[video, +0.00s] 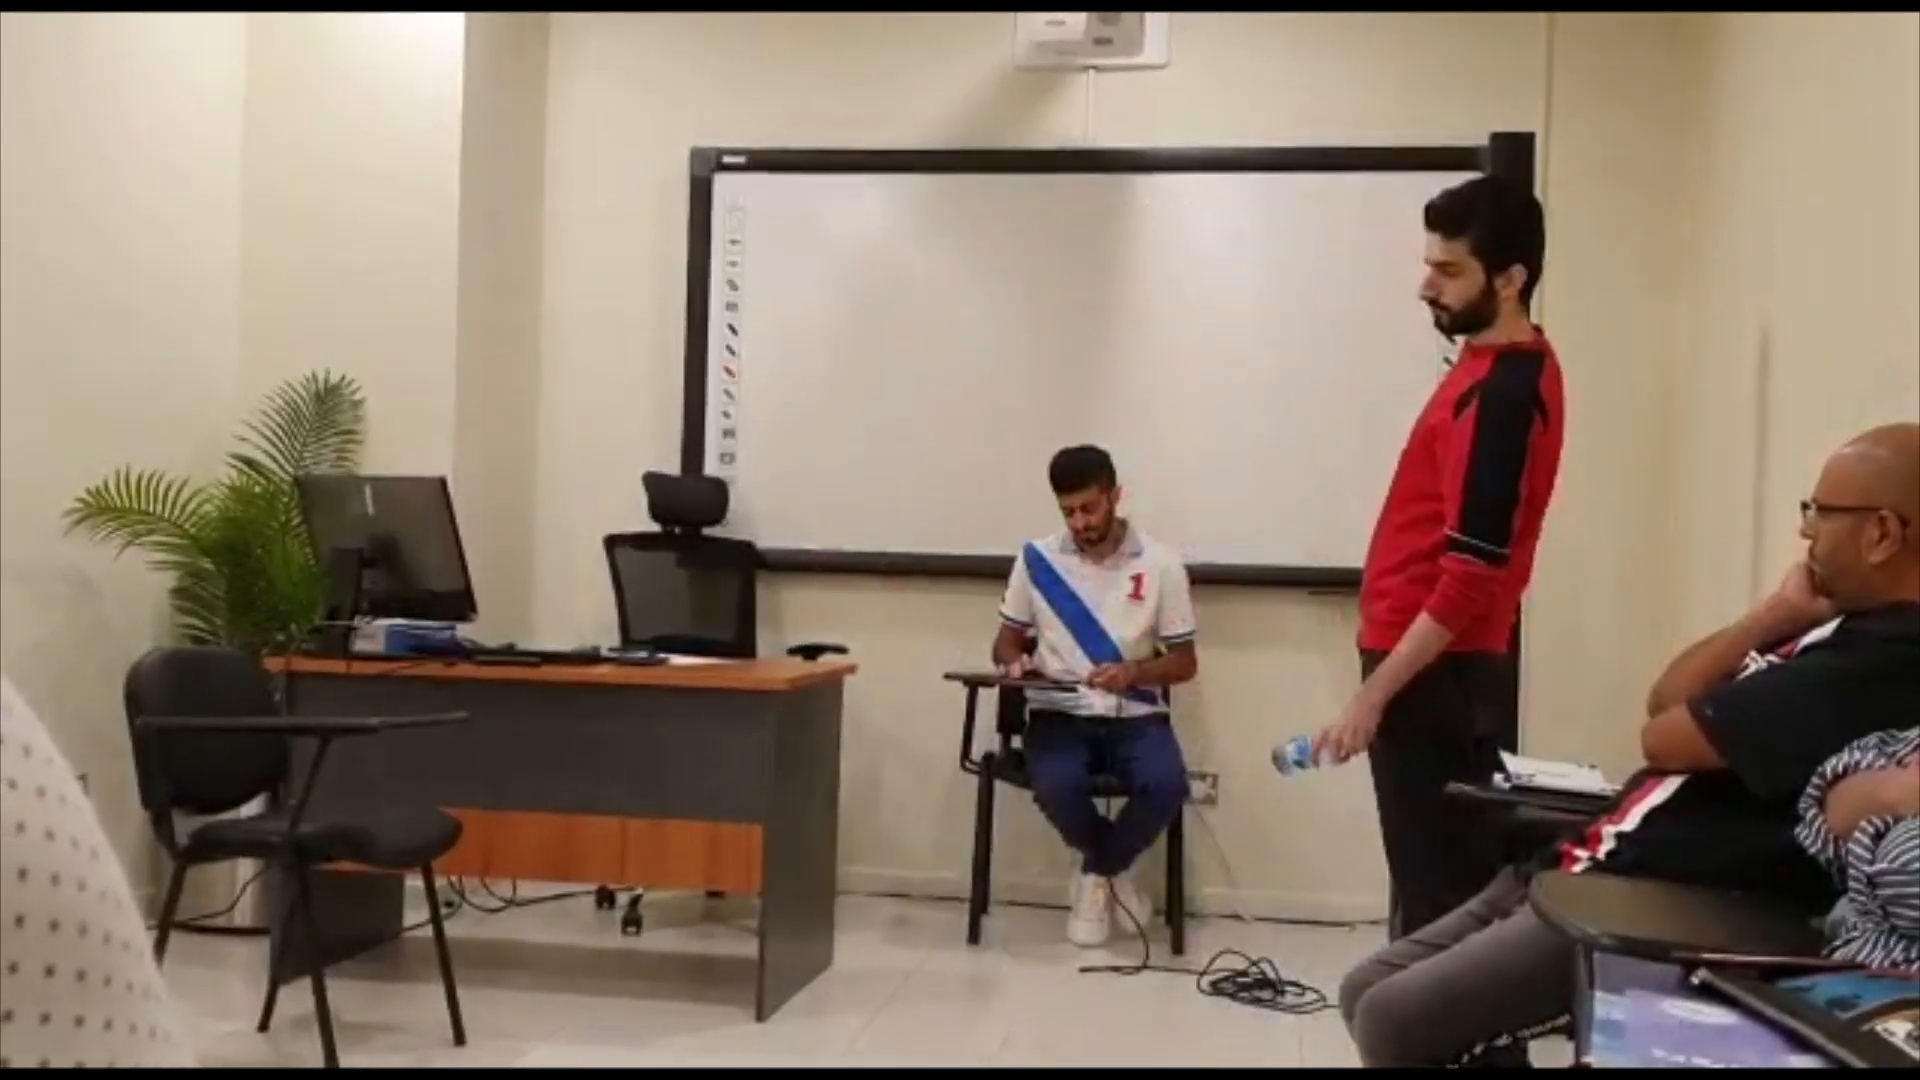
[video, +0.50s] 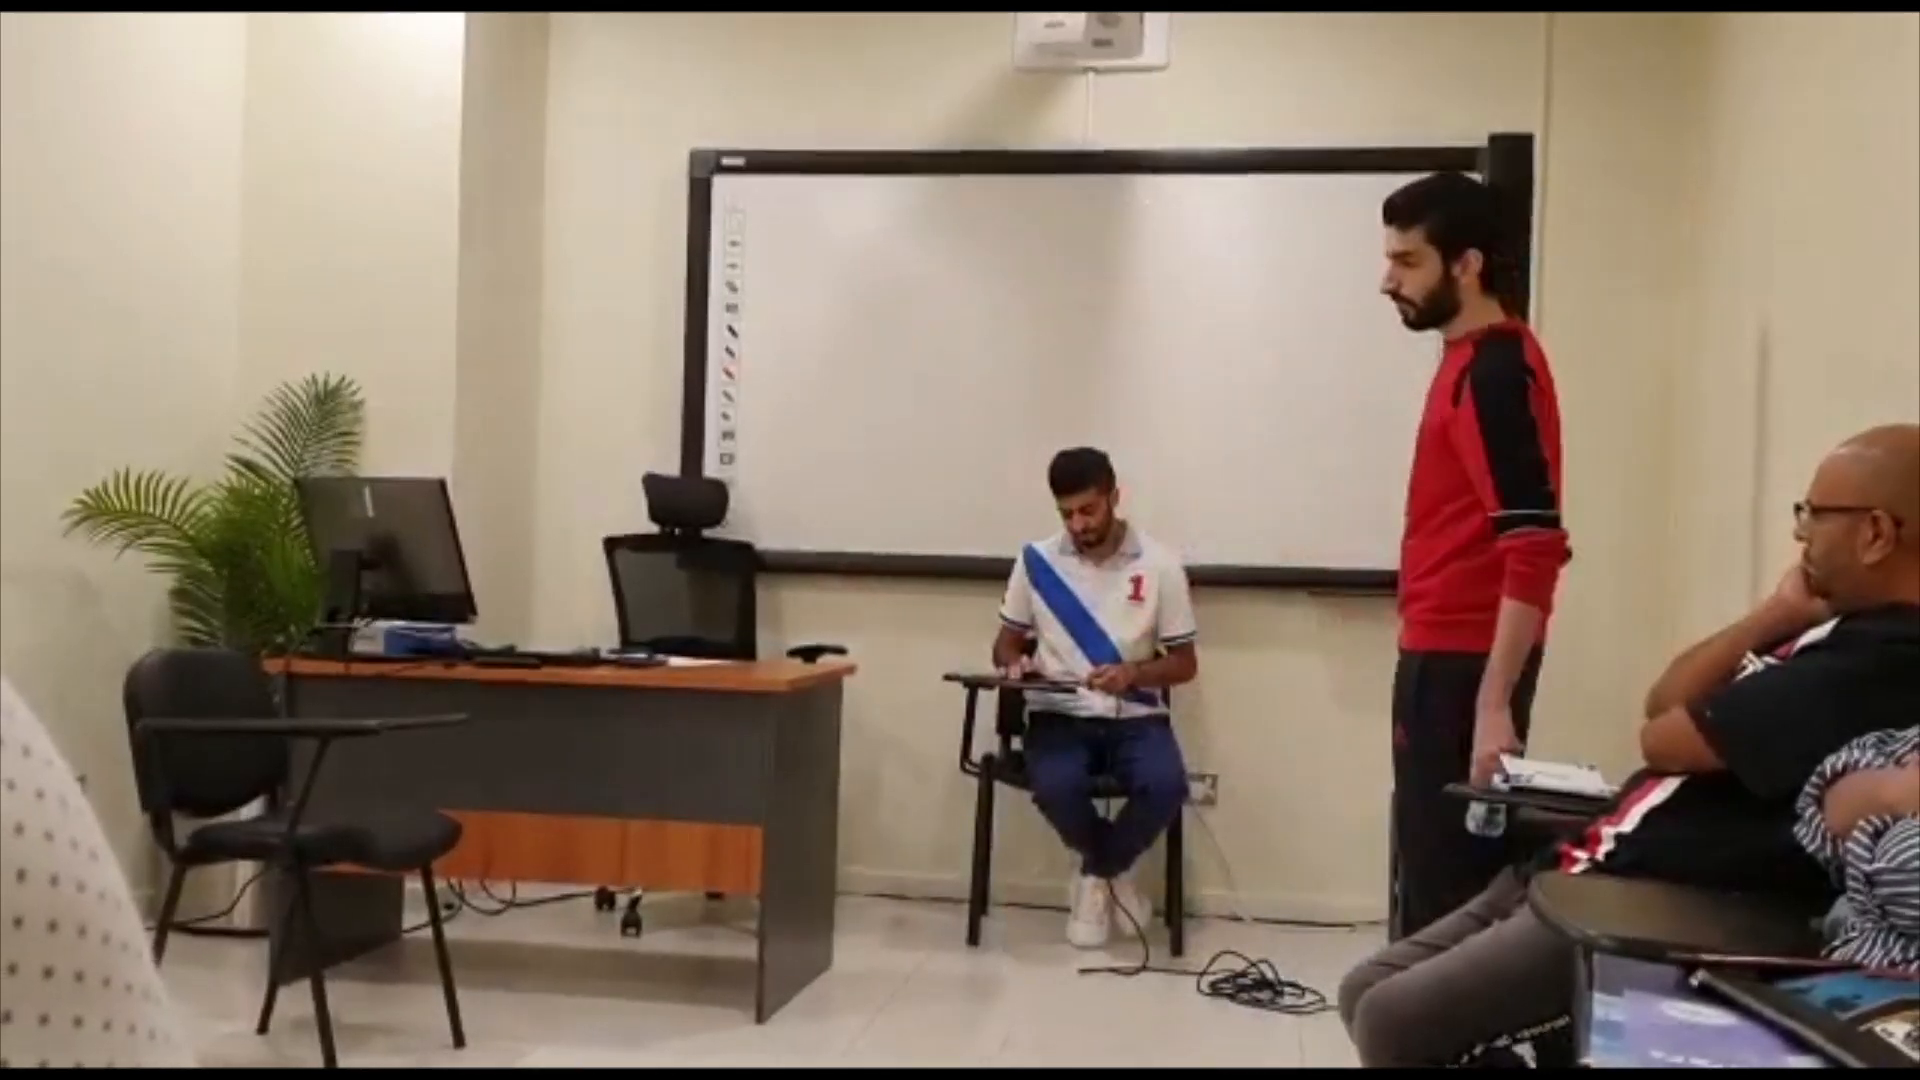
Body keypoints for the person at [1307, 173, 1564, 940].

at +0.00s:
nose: (1427, 288)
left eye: (1447, 270)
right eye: (1428, 268)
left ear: (1511, 279)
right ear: (1506, 283)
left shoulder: (1510, 384)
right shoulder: (1487, 363)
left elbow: (1473, 574)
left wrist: (1371, 698)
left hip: (1448, 672)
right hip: (1427, 667)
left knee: (1439, 908)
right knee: (1436, 904)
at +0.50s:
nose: (1388, 280)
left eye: (1405, 261)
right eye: (1389, 260)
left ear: (1468, 266)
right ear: (1458, 271)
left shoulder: (1498, 364)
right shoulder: (1469, 358)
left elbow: (1535, 544)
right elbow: (1485, 535)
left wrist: (1495, 703)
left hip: (1470, 669)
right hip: (1438, 664)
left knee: (1451, 901)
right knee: (1428, 896)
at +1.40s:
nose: (1344, 301)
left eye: (1360, 279)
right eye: (1345, 281)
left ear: (1419, 280)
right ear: (1428, 284)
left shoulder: (1439, 379)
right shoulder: (1525, 363)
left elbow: (1434, 555)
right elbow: (1573, 525)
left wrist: (1401, 698)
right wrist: (1499, 606)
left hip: (1452, 673)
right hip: (1535, 669)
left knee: (1388, 876)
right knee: (1504, 870)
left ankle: (1383, 1042)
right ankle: (1494, 1040)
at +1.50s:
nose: (1351, 293)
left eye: (1365, 272)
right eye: (1352, 273)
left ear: (1424, 274)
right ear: (1434, 277)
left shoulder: (1440, 374)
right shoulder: (1529, 365)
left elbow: (1372, 530)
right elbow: (1570, 527)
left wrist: (1282, 657)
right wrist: (1467, 580)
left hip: (1450, 665)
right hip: (1533, 664)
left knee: (1390, 863)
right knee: (1503, 861)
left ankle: (1388, 1041)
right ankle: (1490, 1035)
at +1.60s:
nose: (1358, 288)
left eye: (1374, 267)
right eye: (1360, 268)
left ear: (1432, 272)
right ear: (1439, 275)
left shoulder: (1442, 372)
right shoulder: (1532, 367)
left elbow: (1333, 485)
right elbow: (1565, 527)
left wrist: (1185, 565)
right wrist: (1474, 578)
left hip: (1450, 659)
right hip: (1532, 658)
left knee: (1390, 857)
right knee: (1500, 856)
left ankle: (1387, 1039)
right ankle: (1488, 1035)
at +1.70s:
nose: (1364, 280)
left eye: (1381, 260)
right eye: (1368, 260)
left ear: (1440, 268)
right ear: (1446, 271)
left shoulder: (1446, 369)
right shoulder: (1533, 368)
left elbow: (1303, 447)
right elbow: (1562, 525)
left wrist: (1126, 465)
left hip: (1450, 662)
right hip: (1527, 662)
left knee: (1390, 860)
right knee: (1492, 862)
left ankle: (1386, 1045)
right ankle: (1484, 1042)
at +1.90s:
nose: (1371, 268)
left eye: (1390, 251)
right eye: (1376, 250)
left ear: (1447, 263)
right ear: (1453, 267)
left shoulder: (1440, 365)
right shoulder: (1534, 369)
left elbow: (1274, 403)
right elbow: (1562, 530)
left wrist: (1126, 333)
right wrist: (1469, 587)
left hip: (1441, 666)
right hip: (1524, 666)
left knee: (1387, 862)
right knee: (1494, 868)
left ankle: (1383, 1040)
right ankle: (1488, 1039)